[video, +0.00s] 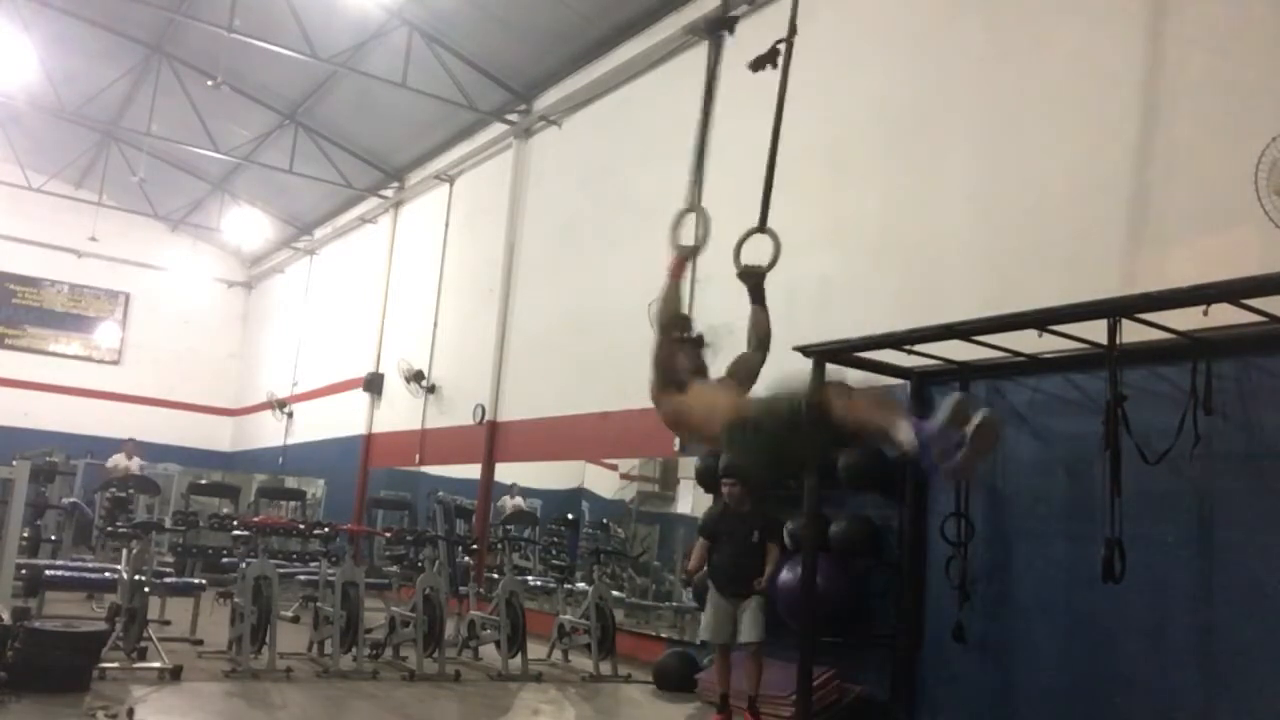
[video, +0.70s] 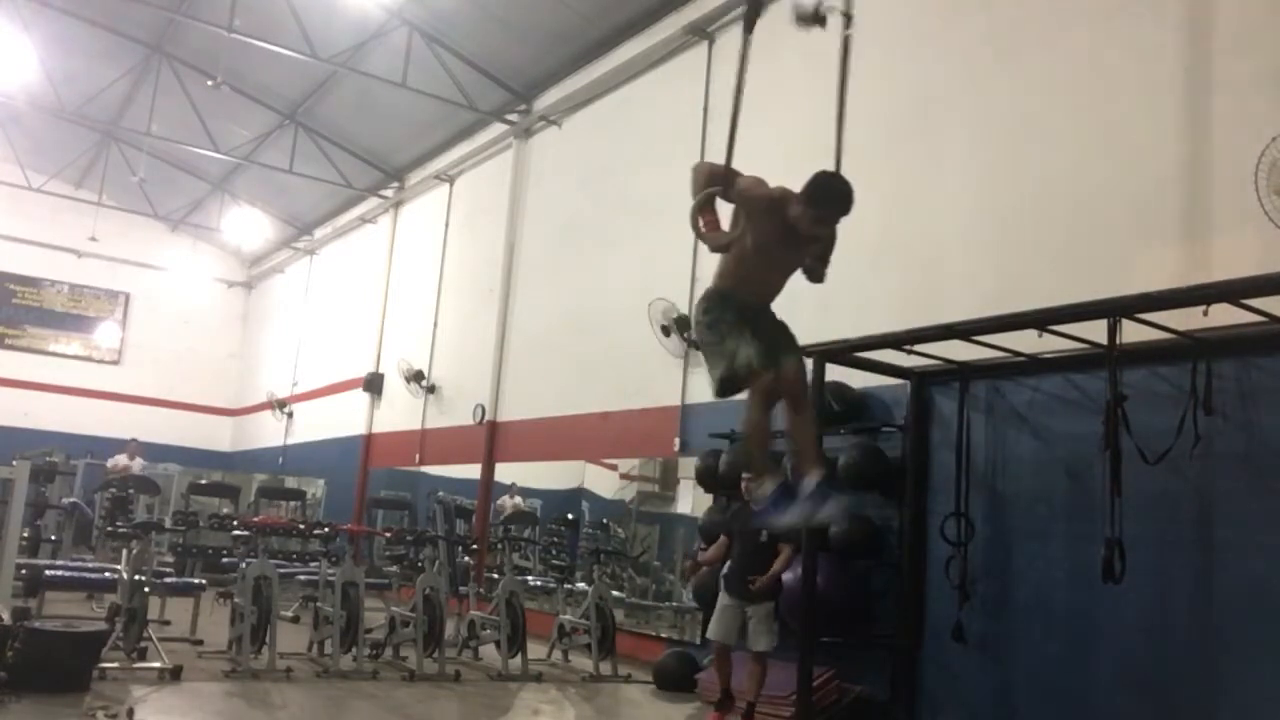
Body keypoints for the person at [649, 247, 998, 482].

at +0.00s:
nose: (695, 350)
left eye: (696, 343)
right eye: (684, 344)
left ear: (699, 350)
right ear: (667, 355)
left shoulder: (725, 387)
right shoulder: (671, 397)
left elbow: (757, 347)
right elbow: (666, 331)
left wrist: (756, 291)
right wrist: (676, 273)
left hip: (769, 443)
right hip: (745, 443)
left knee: (853, 412)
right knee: (828, 398)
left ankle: (944, 453)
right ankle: (917, 432)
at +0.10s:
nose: (682, 322)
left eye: (683, 319)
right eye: (673, 320)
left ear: (689, 325)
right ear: (659, 334)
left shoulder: (711, 350)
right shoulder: (673, 363)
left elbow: (768, 339)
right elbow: (648, 316)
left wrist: (766, 294)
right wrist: (659, 262)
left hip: (786, 359)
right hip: (751, 363)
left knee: (890, 338)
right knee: (816, 311)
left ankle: (908, 445)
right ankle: (856, 419)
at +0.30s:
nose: (716, 203)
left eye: (723, 196)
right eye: (710, 195)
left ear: (734, 201)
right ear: (698, 199)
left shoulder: (742, 238)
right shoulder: (684, 237)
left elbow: (762, 277)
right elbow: (645, 277)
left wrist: (728, 262)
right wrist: (675, 256)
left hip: (783, 321)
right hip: (748, 314)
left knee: (861, 309)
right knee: (816, 271)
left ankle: (938, 353)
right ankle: (878, 313)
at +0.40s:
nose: (773, 194)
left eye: (778, 187)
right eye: (768, 184)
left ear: (781, 186)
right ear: (749, 176)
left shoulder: (774, 221)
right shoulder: (712, 200)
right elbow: (650, 206)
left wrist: (797, 263)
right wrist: (686, 216)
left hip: (760, 314)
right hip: (729, 310)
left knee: (841, 322)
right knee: (806, 295)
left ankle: (918, 293)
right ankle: (895, 279)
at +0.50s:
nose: (800, 215)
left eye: (805, 209)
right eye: (796, 207)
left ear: (808, 203)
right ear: (778, 193)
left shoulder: (799, 222)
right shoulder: (738, 194)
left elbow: (798, 277)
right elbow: (673, 177)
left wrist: (809, 245)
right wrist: (685, 225)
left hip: (754, 307)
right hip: (716, 306)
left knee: (818, 306)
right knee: (798, 309)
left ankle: (888, 329)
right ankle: (876, 326)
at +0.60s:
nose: (810, 232)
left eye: (816, 226)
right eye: (806, 223)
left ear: (823, 218)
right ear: (790, 204)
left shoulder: (812, 235)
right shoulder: (748, 197)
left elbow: (802, 275)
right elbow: (691, 173)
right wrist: (697, 221)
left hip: (753, 308)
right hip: (714, 304)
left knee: (802, 337)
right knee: (775, 338)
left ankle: (852, 407)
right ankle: (825, 413)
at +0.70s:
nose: (818, 230)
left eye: (826, 226)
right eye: (814, 221)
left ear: (834, 220)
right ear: (799, 202)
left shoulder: (824, 233)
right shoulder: (761, 198)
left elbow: (816, 275)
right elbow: (705, 171)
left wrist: (809, 260)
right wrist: (707, 222)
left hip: (760, 314)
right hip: (721, 308)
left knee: (796, 384)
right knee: (764, 382)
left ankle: (810, 481)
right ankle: (761, 485)